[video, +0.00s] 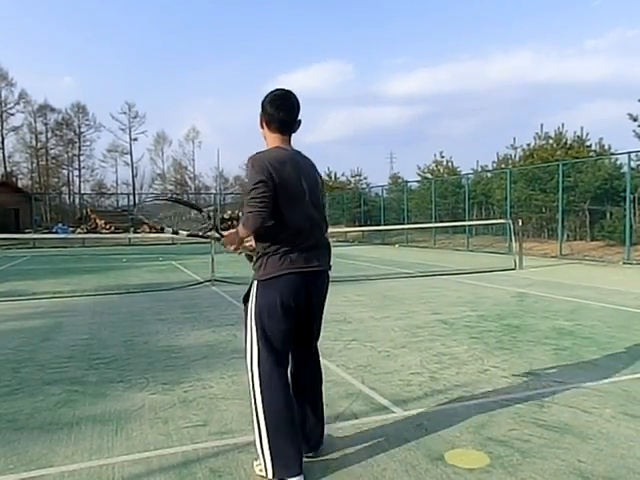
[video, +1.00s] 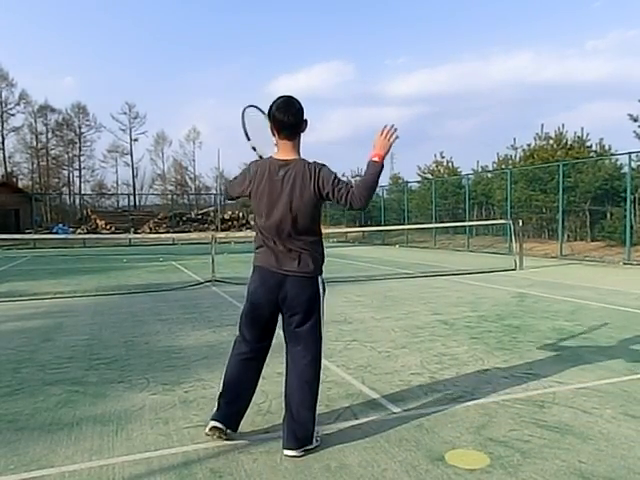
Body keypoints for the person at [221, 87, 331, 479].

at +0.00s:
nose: (259, 124)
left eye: (259, 119)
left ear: (262, 122)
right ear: (296, 123)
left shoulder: (261, 163)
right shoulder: (309, 166)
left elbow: (258, 217)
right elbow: (310, 223)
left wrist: (239, 232)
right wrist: (252, 237)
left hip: (277, 279)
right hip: (315, 275)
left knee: (267, 369)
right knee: (306, 354)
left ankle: (281, 465)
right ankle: (310, 438)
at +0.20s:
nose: (279, 127)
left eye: (273, 122)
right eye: (302, 123)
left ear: (270, 126)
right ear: (307, 127)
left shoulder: (253, 172)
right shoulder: (324, 174)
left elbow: (232, 224)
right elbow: (344, 224)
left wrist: (261, 226)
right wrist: (314, 235)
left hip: (267, 281)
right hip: (309, 282)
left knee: (260, 356)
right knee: (305, 360)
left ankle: (274, 443)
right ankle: (303, 438)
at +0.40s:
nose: (301, 128)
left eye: (273, 122)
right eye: (304, 123)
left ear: (272, 126)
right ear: (307, 127)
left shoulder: (259, 169)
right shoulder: (314, 171)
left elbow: (262, 210)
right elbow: (345, 219)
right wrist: (344, 214)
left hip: (262, 277)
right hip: (301, 280)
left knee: (254, 344)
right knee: (303, 355)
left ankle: (236, 421)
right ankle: (298, 440)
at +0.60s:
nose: (306, 128)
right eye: (305, 125)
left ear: (270, 129)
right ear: (303, 129)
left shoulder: (262, 170)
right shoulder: (294, 172)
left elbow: (291, 199)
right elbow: (324, 200)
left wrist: (328, 188)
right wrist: (361, 180)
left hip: (260, 278)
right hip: (292, 282)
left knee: (251, 351)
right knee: (301, 360)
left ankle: (217, 424)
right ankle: (297, 440)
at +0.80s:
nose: (305, 129)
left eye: (297, 124)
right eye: (305, 125)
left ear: (271, 130)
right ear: (303, 131)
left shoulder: (263, 170)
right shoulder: (294, 172)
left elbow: (278, 202)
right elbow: (320, 196)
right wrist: (361, 166)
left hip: (258, 276)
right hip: (292, 279)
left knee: (248, 349)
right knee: (299, 359)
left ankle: (218, 424)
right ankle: (297, 440)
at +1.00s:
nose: (279, 130)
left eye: (273, 125)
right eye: (301, 123)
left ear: (272, 129)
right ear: (304, 128)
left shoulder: (257, 172)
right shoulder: (315, 174)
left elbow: (230, 191)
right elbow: (357, 199)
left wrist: (255, 171)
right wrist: (377, 158)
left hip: (263, 277)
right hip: (302, 280)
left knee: (249, 345)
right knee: (302, 356)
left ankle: (224, 420)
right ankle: (297, 440)